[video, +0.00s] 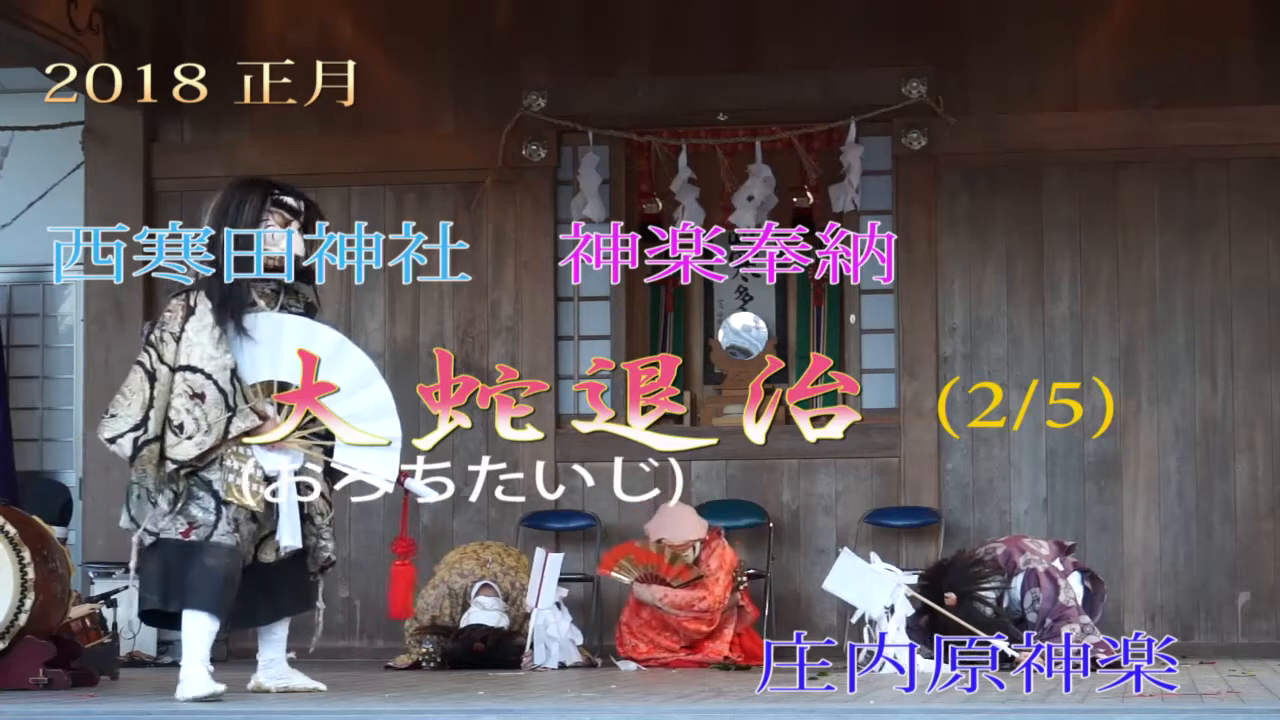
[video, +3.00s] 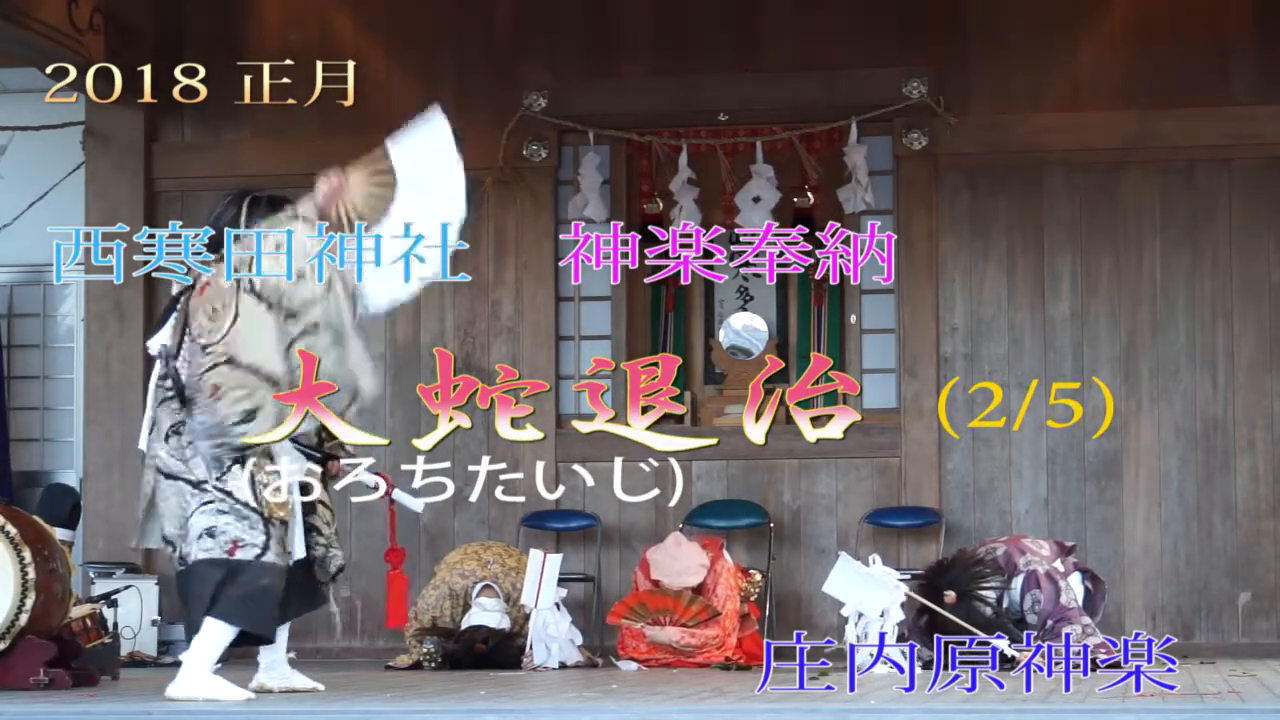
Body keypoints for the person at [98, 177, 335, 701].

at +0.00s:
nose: (287, 240)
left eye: (293, 229)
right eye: (274, 226)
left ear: (298, 238)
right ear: (240, 231)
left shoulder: (296, 308)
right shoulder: (202, 309)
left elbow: (317, 389)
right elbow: (186, 410)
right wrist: (247, 421)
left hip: (279, 460)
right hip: (217, 458)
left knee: (283, 549)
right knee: (217, 547)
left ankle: (273, 665)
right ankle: (194, 671)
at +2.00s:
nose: (305, 251)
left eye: (304, 238)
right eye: (297, 236)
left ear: (244, 236)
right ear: (263, 238)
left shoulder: (266, 307)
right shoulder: (216, 305)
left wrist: (302, 436)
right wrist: (264, 454)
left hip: (258, 459)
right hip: (219, 461)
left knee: (272, 552)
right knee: (221, 553)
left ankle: (272, 664)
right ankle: (190, 673)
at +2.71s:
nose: (306, 257)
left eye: (304, 243)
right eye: (299, 242)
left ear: (236, 238)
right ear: (268, 241)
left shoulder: (212, 303)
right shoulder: (246, 309)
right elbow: (263, 405)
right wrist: (318, 438)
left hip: (262, 449)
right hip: (233, 450)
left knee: (282, 549)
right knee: (231, 551)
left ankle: (273, 663)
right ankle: (191, 672)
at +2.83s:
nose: (300, 255)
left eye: (301, 244)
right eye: (296, 243)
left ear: (238, 239)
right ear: (270, 243)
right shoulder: (219, 304)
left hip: (247, 446)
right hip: (201, 451)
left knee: (287, 545)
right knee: (236, 547)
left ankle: (274, 663)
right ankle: (192, 670)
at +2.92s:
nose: (308, 262)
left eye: (308, 251)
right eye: (301, 249)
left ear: (237, 244)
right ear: (273, 247)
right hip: (202, 447)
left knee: (290, 546)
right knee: (251, 550)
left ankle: (274, 664)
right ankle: (194, 670)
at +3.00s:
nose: (291, 246)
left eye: (293, 235)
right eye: (281, 235)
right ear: (252, 234)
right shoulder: (225, 292)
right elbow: (228, 386)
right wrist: (277, 445)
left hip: (253, 443)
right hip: (218, 448)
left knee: (291, 546)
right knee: (263, 556)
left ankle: (273, 664)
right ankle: (195, 671)